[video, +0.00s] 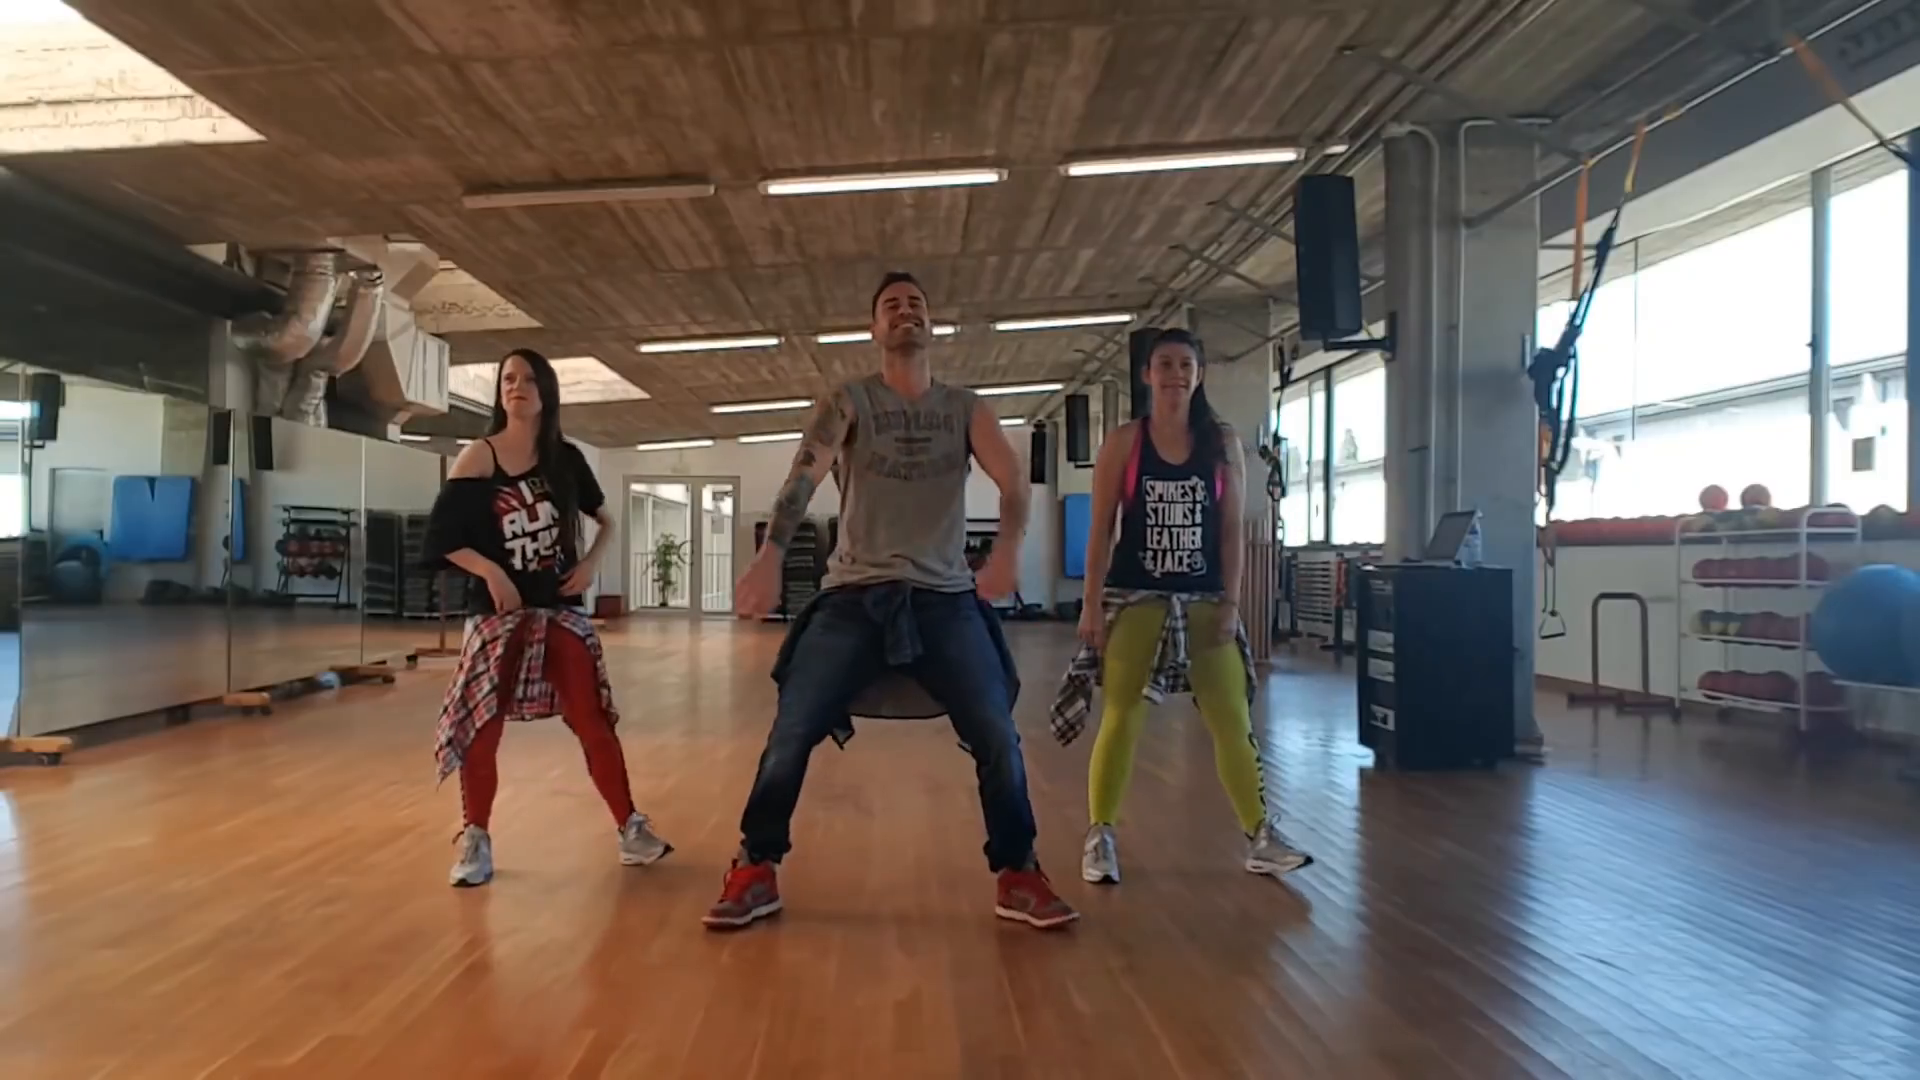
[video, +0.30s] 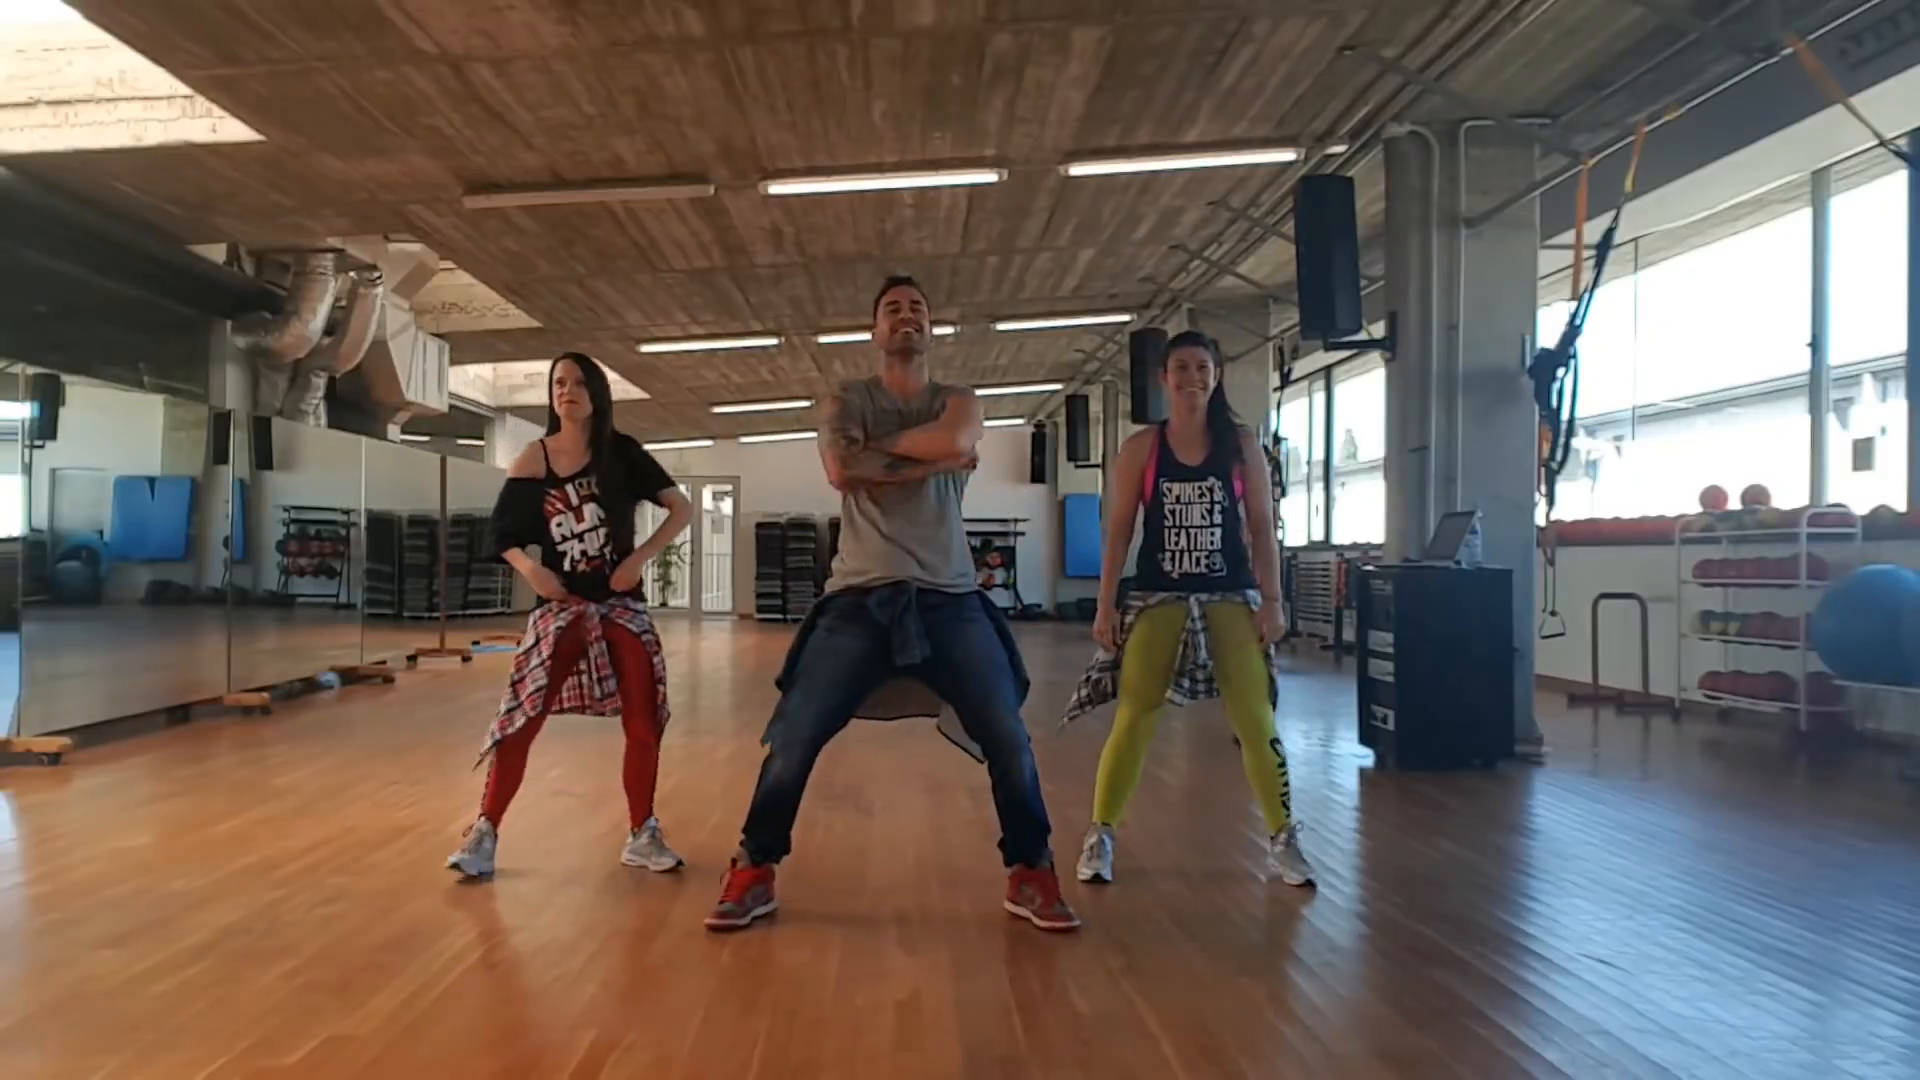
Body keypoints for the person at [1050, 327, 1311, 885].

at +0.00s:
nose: (1175, 373)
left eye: (1184, 365)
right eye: (1164, 364)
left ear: (1199, 374)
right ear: (1146, 374)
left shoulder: (1222, 441)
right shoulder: (1122, 442)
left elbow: (1232, 527)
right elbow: (1102, 525)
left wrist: (1231, 600)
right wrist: (1091, 601)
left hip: (1205, 598)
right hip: (1136, 598)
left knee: (1232, 719)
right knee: (1120, 717)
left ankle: (1259, 836)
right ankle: (1101, 834)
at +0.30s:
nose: (1192, 376)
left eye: (1201, 367)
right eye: (1181, 368)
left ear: (1216, 377)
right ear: (1165, 378)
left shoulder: (1241, 443)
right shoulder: (1139, 447)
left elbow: (1261, 525)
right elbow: (1118, 530)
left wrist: (1271, 597)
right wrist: (1105, 602)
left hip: (1230, 595)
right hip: (1157, 595)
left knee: (1256, 719)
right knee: (1134, 716)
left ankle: (1283, 838)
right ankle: (1100, 834)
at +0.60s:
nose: (1212, 382)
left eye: (1221, 372)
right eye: (1201, 373)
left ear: (1234, 381)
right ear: (1182, 382)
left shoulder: (1255, 437)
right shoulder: (1162, 438)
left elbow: (1272, 491)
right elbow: (1150, 507)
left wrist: (1196, 498)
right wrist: (1225, 549)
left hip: (1243, 595)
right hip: (1176, 596)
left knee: (1268, 717)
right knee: (1145, 716)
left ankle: (1295, 838)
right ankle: (1101, 836)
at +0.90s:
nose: (1213, 381)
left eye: (1222, 373)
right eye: (1203, 373)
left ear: (1236, 381)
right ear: (1184, 382)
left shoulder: (1253, 433)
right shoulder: (1168, 430)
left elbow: (1278, 472)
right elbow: (1176, 477)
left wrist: (1205, 461)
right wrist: (1242, 471)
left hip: (1246, 596)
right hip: (1178, 596)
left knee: (1268, 721)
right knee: (1145, 717)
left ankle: (1297, 841)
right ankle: (1100, 837)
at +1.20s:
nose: (1208, 383)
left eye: (1218, 374)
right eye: (1197, 374)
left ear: (1232, 382)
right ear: (1180, 382)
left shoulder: (1250, 435)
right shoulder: (1164, 428)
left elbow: (1274, 481)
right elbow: (1174, 476)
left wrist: (1206, 458)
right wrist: (1239, 474)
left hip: (1242, 596)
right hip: (1175, 595)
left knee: (1266, 720)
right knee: (1144, 717)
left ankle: (1296, 841)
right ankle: (1100, 838)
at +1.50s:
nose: (1199, 384)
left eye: (1210, 376)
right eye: (1189, 375)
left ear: (1225, 383)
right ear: (1174, 383)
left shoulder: (1242, 428)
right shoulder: (1160, 436)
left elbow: (1212, 477)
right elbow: (1126, 488)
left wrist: (1157, 466)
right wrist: (1194, 478)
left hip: (1233, 591)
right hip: (1162, 590)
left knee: (1262, 720)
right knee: (1140, 714)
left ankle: (1296, 841)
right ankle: (1100, 837)